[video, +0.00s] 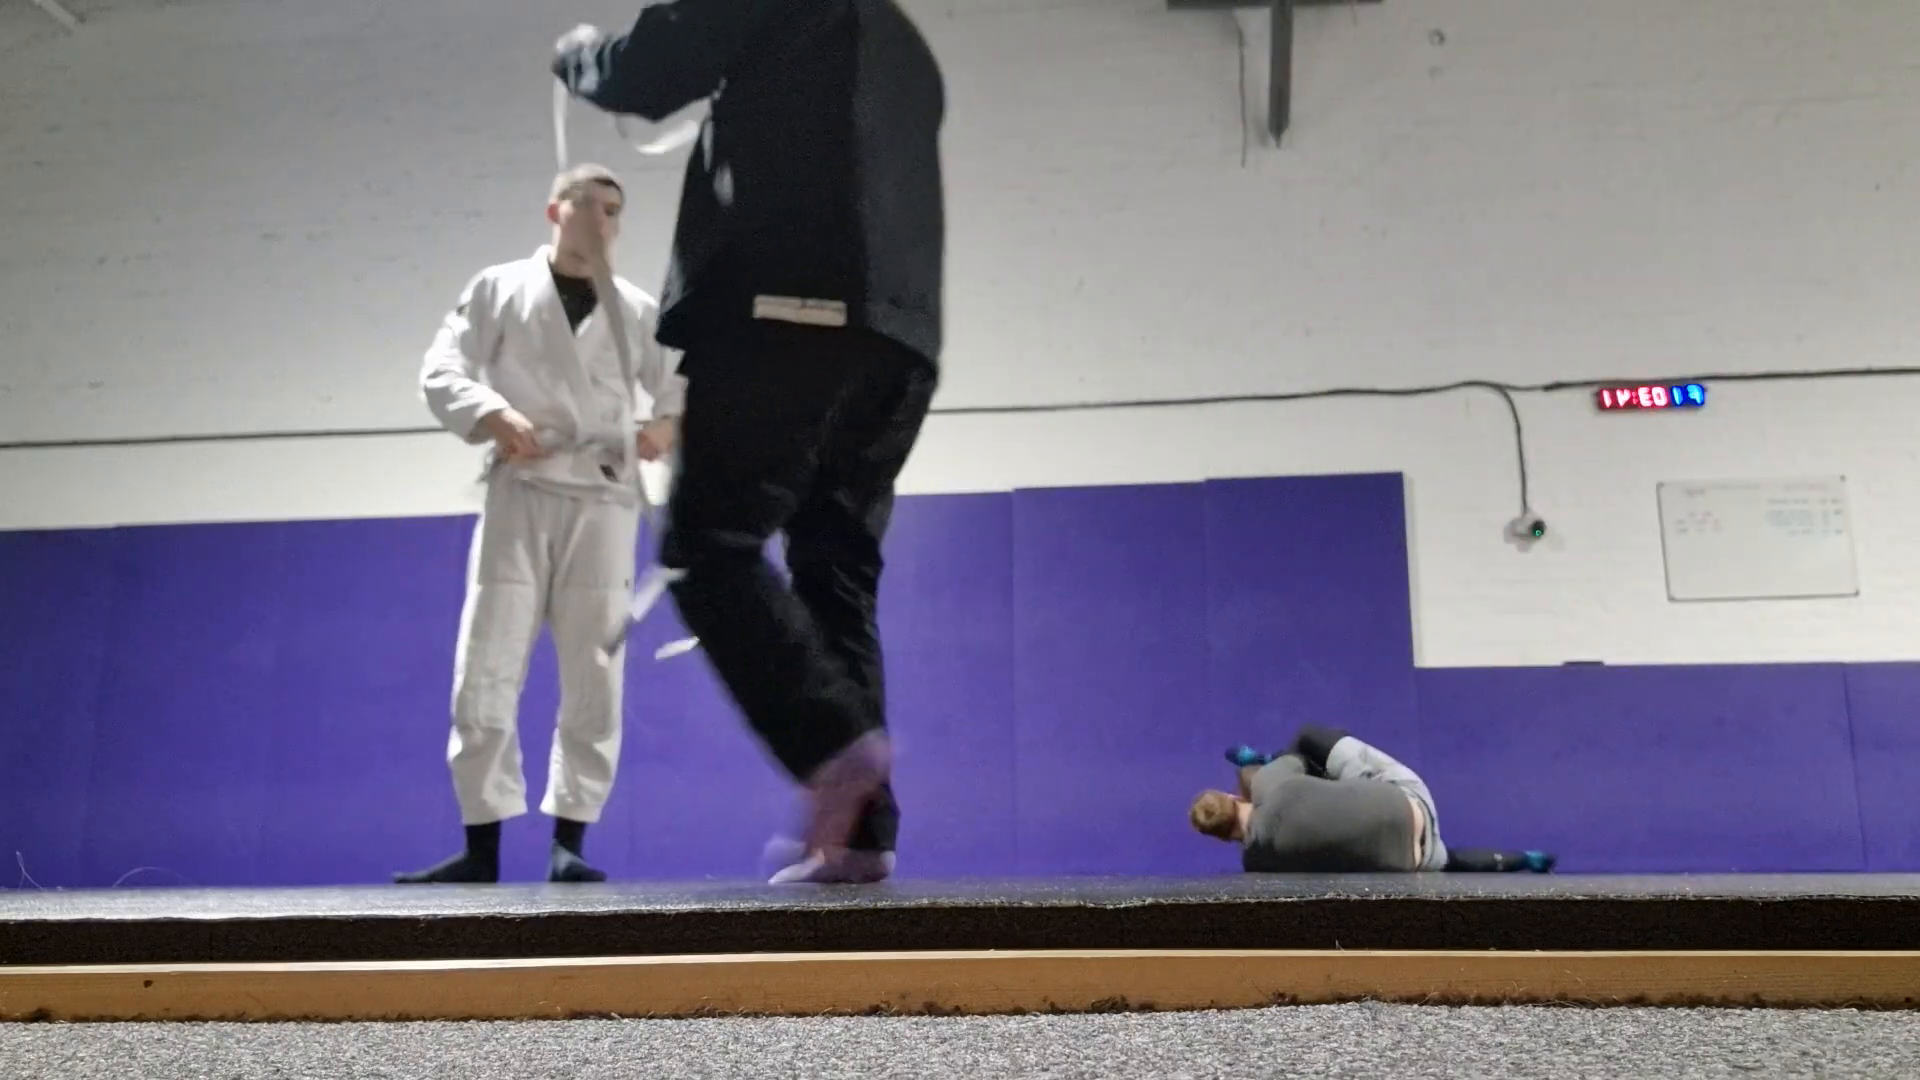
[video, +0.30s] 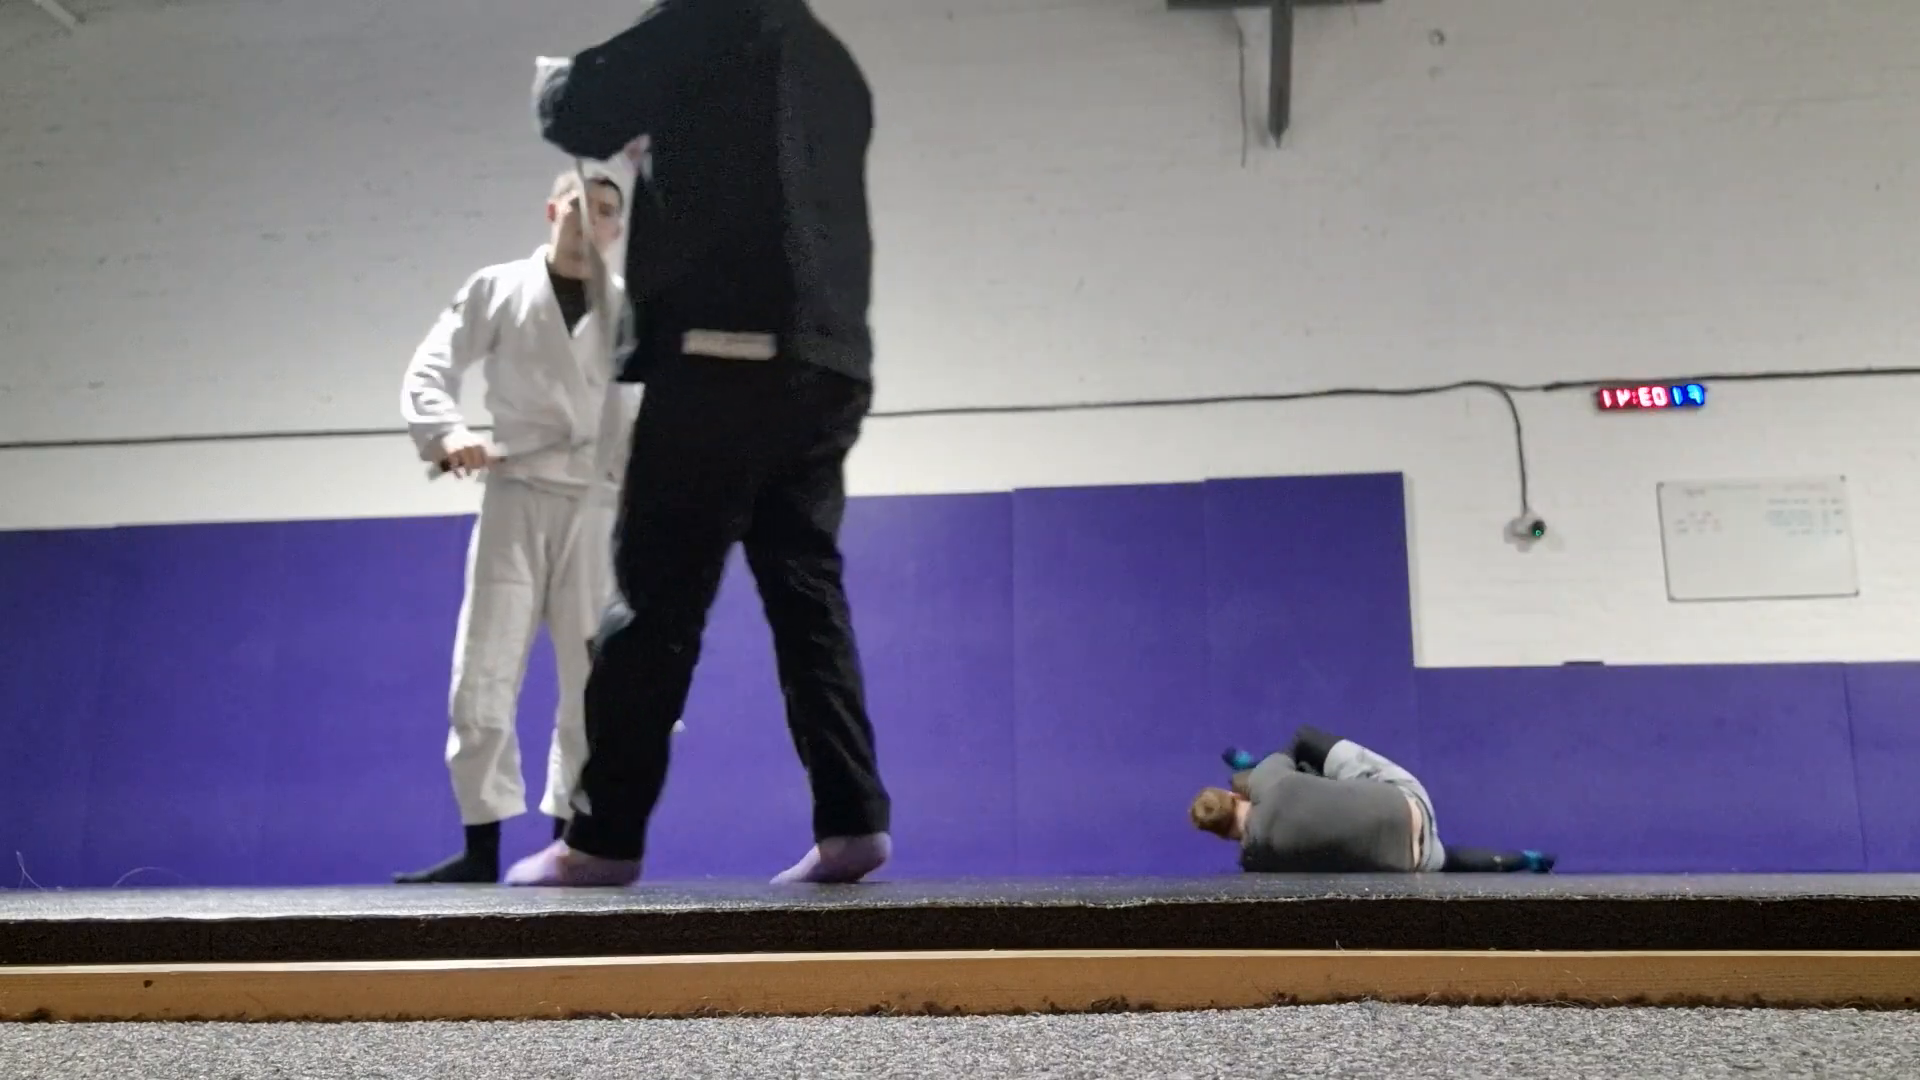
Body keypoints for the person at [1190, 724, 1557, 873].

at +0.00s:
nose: (1236, 788)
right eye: (1232, 789)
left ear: (1222, 838)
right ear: (1234, 792)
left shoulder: (1259, 863)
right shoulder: (1270, 784)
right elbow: (1301, 748)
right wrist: (1264, 769)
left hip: (1414, 860)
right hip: (1406, 802)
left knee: (1444, 858)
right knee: (1310, 737)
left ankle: (1517, 860)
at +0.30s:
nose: (1231, 791)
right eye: (1228, 789)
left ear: (1220, 835)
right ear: (1232, 789)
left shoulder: (1256, 859)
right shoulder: (1266, 781)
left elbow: (1312, 866)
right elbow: (1297, 751)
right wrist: (1257, 772)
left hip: (1414, 860)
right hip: (1408, 804)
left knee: (1443, 856)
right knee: (1307, 739)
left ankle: (1518, 861)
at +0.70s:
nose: (1224, 792)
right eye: (1221, 794)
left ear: (1218, 840)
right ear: (1228, 796)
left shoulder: (1255, 862)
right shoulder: (1265, 781)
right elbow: (1292, 759)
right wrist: (1249, 781)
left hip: (1418, 861)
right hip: (1413, 807)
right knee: (1309, 737)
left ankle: (1471, 860)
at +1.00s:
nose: (1235, 791)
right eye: (1232, 794)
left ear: (1219, 850)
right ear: (1234, 803)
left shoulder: (1257, 864)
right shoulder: (1273, 786)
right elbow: (1306, 744)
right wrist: (1265, 774)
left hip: (1418, 863)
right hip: (1414, 811)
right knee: (1329, 748)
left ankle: (1455, 864)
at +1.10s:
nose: (1235, 794)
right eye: (1231, 797)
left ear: (1220, 852)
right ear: (1233, 805)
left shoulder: (1258, 863)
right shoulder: (1271, 785)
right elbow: (1301, 750)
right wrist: (1262, 776)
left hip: (1417, 860)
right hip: (1413, 809)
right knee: (1316, 740)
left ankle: (1459, 865)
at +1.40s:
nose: (1226, 797)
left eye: (1217, 828)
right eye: (1222, 797)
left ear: (1221, 841)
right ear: (1229, 796)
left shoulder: (1255, 863)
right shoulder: (1267, 779)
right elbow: (1294, 761)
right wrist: (1251, 784)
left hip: (1412, 859)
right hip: (1411, 805)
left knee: (1430, 855)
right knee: (1307, 740)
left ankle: (1494, 864)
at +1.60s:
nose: (1224, 795)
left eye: (1216, 828)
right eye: (1220, 796)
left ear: (1219, 840)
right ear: (1227, 795)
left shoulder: (1254, 861)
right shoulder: (1267, 779)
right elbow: (1304, 765)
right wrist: (1251, 784)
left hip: (1412, 860)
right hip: (1412, 805)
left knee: (1427, 854)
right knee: (1315, 735)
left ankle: (1494, 863)